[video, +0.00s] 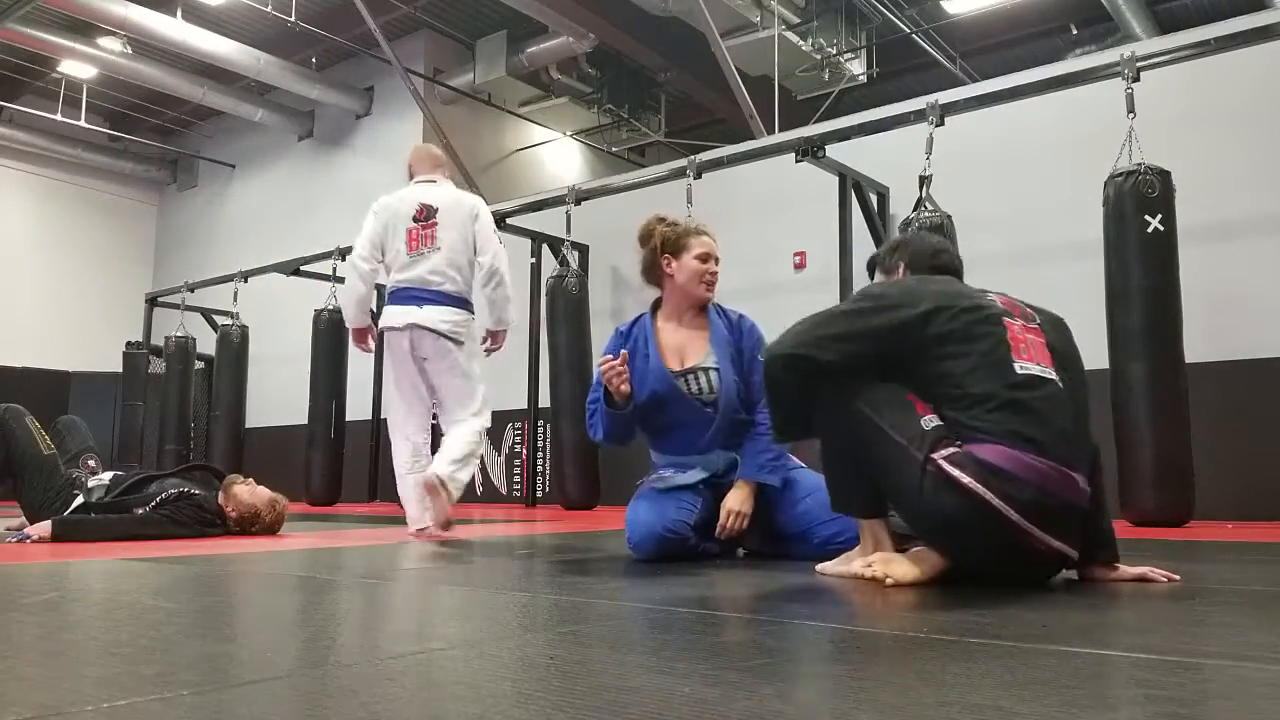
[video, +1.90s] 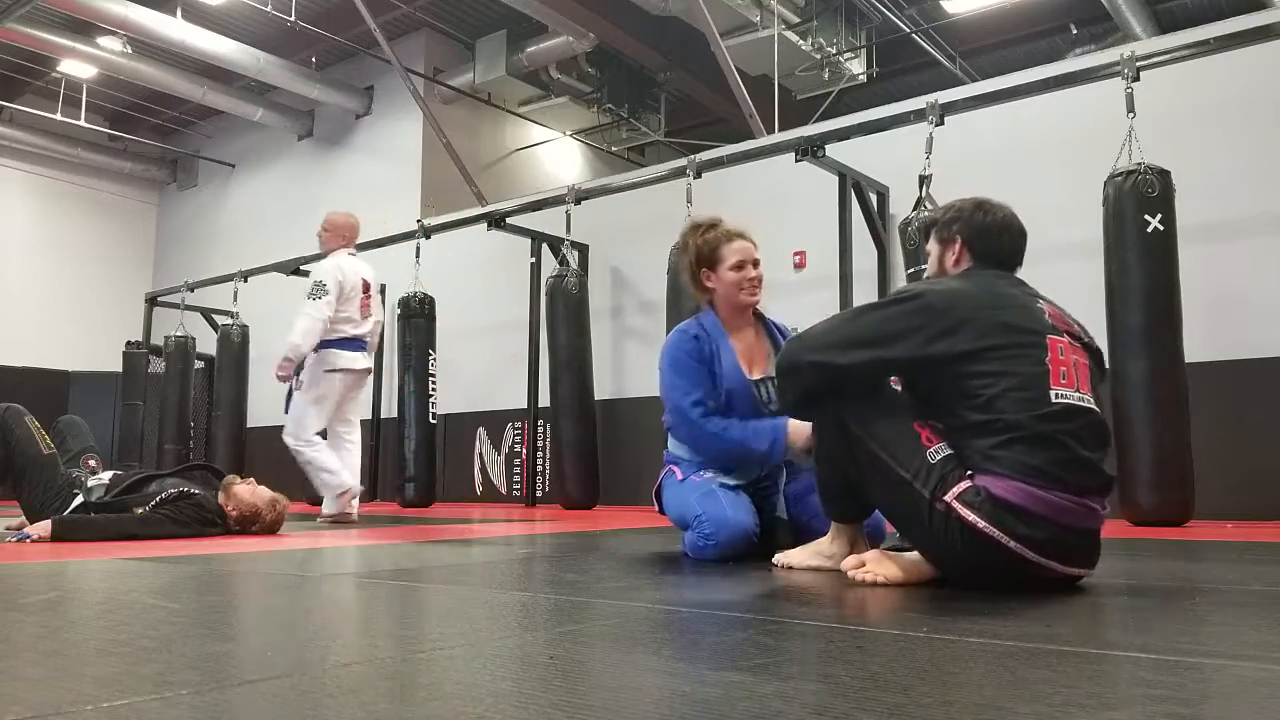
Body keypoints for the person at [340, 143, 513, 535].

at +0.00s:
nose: (447, 178)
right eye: (448, 172)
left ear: (409, 175)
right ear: (448, 173)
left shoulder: (386, 206)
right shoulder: (472, 205)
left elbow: (360, 264)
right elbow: (493, 265)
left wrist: (357, 319)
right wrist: (498, 320)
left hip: (396, 322)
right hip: (448, 323)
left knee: (407, 421)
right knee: (467, 416)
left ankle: (421, 524)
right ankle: (442, 478)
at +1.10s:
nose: (409, 225)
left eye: (411, 219)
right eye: (409, 219)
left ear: (423, 221)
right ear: (445, 222)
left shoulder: (411, 255)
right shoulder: (474, 259)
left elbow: (398, 305)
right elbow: (486, 314)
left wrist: (383, 350)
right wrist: (480, 353)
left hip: (420, 353)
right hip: (462, 354)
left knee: (416, 431)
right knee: (466, 426)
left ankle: (425, 510)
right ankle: (476, 494)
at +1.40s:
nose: (375, 229)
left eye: (379, 224)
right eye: (377, 223)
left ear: (395, 227)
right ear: (410, 227)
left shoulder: (384, 261)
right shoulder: (439, 262)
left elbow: (364, 313)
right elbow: (454, 317)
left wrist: (345, 348)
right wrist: (449, 357)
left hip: (394, 355)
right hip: (430, 355)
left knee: (402, 431)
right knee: (415, 429)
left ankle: (423, 507)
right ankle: (423, 499)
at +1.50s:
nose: (363, 232)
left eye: (368, 227)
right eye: (365, 227)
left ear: (386, 232)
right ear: (397, 233)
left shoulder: (370, 263)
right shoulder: (426, 267)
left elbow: (350, 313)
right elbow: (441, 319)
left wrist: (331, 342)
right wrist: (440, 358)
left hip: (384, 357)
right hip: (419, 358)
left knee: (398, 434)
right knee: (389, 433)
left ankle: (422, 509)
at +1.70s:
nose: (343, 235)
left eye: (348, 231)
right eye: (344, 229)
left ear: (367, 235)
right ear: (374, 236)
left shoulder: (347, 266)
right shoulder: (397, 272)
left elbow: (327, 317)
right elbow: (409, 322)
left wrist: (303, 350)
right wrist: (412, 362)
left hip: (355, 358)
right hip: (386, 360)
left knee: (366, 433)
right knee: (355, 434)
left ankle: (412, 495)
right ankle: (342, 506)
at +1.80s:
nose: (331, 233)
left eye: (336, 229)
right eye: (333, 228)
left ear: (354, 235)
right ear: (360, 237)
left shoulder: (338, 267)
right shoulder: (384, 271)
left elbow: (320, 319)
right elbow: (393, 323)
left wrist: (290, 357)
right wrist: (389, 360)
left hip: (342, 360)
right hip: (373, 361)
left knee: (330, 435)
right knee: (353, 434)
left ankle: (390, 487)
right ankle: (341, 508)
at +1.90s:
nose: (319, 233)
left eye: (325, 230)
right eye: (321, 228)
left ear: (342, 236)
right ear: (347, 239)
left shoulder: (329, 267)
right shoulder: (367, 269)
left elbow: (315, 316)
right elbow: (375, 321)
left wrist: (291, 357)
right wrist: (364, 354)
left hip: (330, 359)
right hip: (360, 360)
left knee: (298, 432)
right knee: (345, 428)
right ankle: (346, 504)